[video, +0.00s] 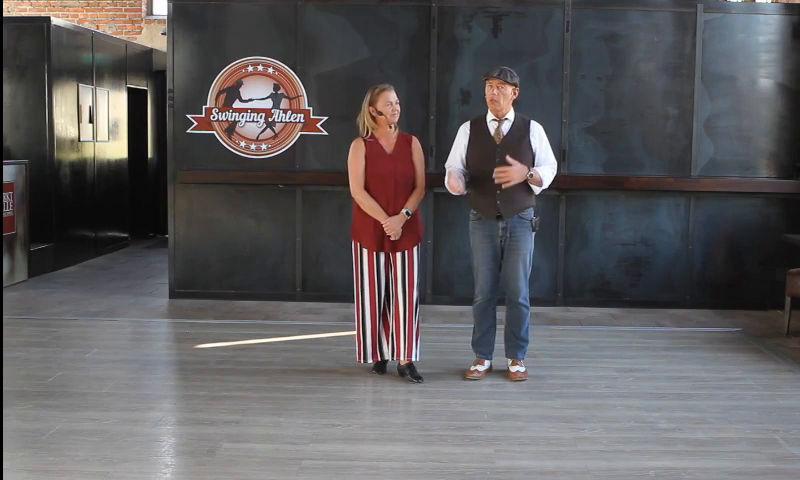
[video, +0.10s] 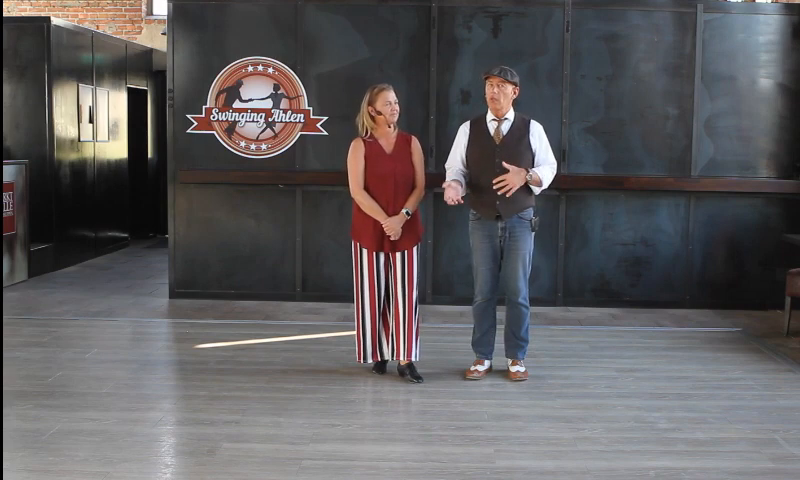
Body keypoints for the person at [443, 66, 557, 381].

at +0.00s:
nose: (495, 94)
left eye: (501, 88)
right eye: (491, 88)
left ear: (514, 93)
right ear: (485, 92)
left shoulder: (531, 129)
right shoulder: (469, 129)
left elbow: (549, 170)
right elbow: (454, 166)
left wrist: (527, 173)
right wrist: (455, 179)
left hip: (520, 220)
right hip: (481, 220)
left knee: (516, 292)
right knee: (483, 292)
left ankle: (516, 358)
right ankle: (482, 358)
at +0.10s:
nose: (494, 92)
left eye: (500, 87)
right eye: (490, 86)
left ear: (514, 92)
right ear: (485, 91)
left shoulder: (531, 129)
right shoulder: (468, 129)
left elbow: (549, 168)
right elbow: (455, 168)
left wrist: (527, 176)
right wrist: (454, 185)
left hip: (520, 220)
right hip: (481, 220)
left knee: (516, 293)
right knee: (483, 292)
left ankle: (516, 358)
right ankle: (482, 358)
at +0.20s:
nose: (495, 91)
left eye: (501, 86)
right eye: (491, 86)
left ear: (514, 91)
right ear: (485, 91)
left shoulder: (531, 128)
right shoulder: (468, 128)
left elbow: (549, 168)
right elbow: (455, 167)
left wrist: (528, 175)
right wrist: (455, 184)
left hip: (519, 219)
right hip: (480, 219)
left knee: (516, 293)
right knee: (483, 292)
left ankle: (516, 358)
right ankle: (482, 358)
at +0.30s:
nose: (495, 89)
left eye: (501, 84)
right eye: (491, 84)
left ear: (514, 90)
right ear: (485, 90)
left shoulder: (531, 128)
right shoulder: (468, 128)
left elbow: (550, 167)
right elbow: (451, 166)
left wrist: (527, 174)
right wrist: (457, 177)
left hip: (519, 219)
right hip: (480, 220)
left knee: (516, 292)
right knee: (483, 292)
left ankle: (516, 359)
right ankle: (482, 358)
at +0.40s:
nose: (497, 88)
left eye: (503, 84)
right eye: (492, 84)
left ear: (514, 90)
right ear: (485, 90)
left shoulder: (532, 129)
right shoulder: (468, 128)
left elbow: (549, 169)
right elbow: (451, 172)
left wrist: (525, 175)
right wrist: (464, 173)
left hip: (519, 220)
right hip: (480, 220)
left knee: (516, 293)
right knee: (483, 292)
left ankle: (516, 358)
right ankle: (482, 358)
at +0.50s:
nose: (498, 88)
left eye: (503, 83)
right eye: (493, 84)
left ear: (515, 89)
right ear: (486, 90)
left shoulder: (532, 129)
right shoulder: (469, 127)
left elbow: (548, 171)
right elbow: (452, 169)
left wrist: (520, 176)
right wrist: (472, 172)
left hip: (519, 220)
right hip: (480, 220)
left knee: (516, 292)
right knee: (482, 292)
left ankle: (516, 358)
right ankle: (482, 358)